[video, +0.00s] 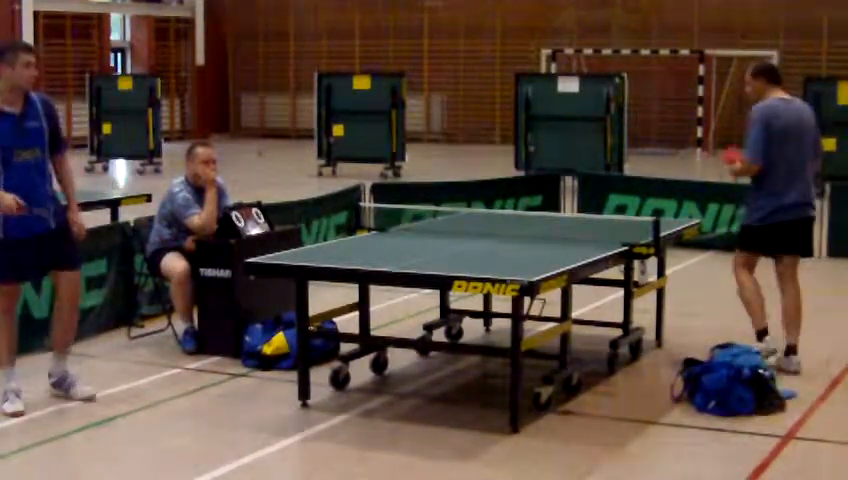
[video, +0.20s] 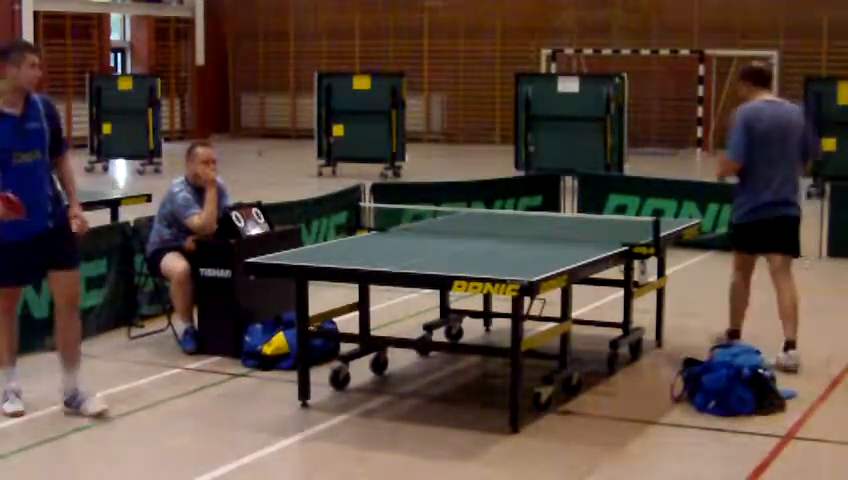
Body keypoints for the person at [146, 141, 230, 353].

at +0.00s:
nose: (212, 168)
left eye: (214, 163)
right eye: (206, 163)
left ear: (217, 165)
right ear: (190, 166)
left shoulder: (217, 187)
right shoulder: (179, 192)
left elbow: (227, 222)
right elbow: (205, 227)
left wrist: (197, 237)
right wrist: (211, 189)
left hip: (198, 241)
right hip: (165, 245)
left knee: (227, 262)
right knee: (181, 269)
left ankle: (222, 322)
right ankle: (188, 327)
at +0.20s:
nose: (212, 168)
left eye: (214, 163)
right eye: (206, 163)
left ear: (217, 165)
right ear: (190, 166)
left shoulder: (217, 187)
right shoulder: (179, 192)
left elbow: (227, 222)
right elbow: (205, 227)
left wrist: (197, 237)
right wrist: (211, 189)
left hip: (198, 241)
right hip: (165, 245)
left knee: (227, 262)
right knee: (181, 269)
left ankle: (222, 322)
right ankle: (188, 327)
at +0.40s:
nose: (212, 168)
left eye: (214, 163)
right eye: (206, 163)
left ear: (216, 164)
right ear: (190, 166)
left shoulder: (217, 187)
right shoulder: (178, 192)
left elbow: (226, 223)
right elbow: (205, 227)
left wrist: (196, 238)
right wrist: (211, 189)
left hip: (199, 241)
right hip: (166, 244)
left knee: (227, 262)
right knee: (181, 269)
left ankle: (222, 322)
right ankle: (188, 327)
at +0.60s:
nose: (212, 168)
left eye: (214, 163)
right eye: (206, 163)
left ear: (217, 165)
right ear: (190, 166)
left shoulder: (217, 187)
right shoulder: (178, 191)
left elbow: (227, 220)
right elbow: (205, 226)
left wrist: (198, 236)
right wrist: (211, 188)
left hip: (199, 241)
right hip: (166, 244)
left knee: (228, 262)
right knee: (181, 269)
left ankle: (223, 321)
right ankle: (188, 326)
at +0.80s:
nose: (212, 167)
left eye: (213, 162)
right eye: (206, 162)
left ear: (216, 164)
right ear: (189, 165)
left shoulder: (216, 187)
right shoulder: (178, 192)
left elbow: (227, 222)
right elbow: (204, 227)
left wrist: (198, 238)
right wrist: (210, 189)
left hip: (200, 240)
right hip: (166, 244)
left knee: (228, 261)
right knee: (182, 268)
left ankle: (224, 321)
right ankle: (189, 326)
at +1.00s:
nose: (207, 166)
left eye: (210, 161)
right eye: (202, 161)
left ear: (214, 165)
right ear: (187, 164)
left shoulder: (214, 188)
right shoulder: (171, 191)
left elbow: (224, 224)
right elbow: (195, 225)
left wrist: (199, 236)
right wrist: (205, 189)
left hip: (198, 241)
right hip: (165, 243)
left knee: (227, 260)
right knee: (183, 267)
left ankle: (222, 321)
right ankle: (188, 326)